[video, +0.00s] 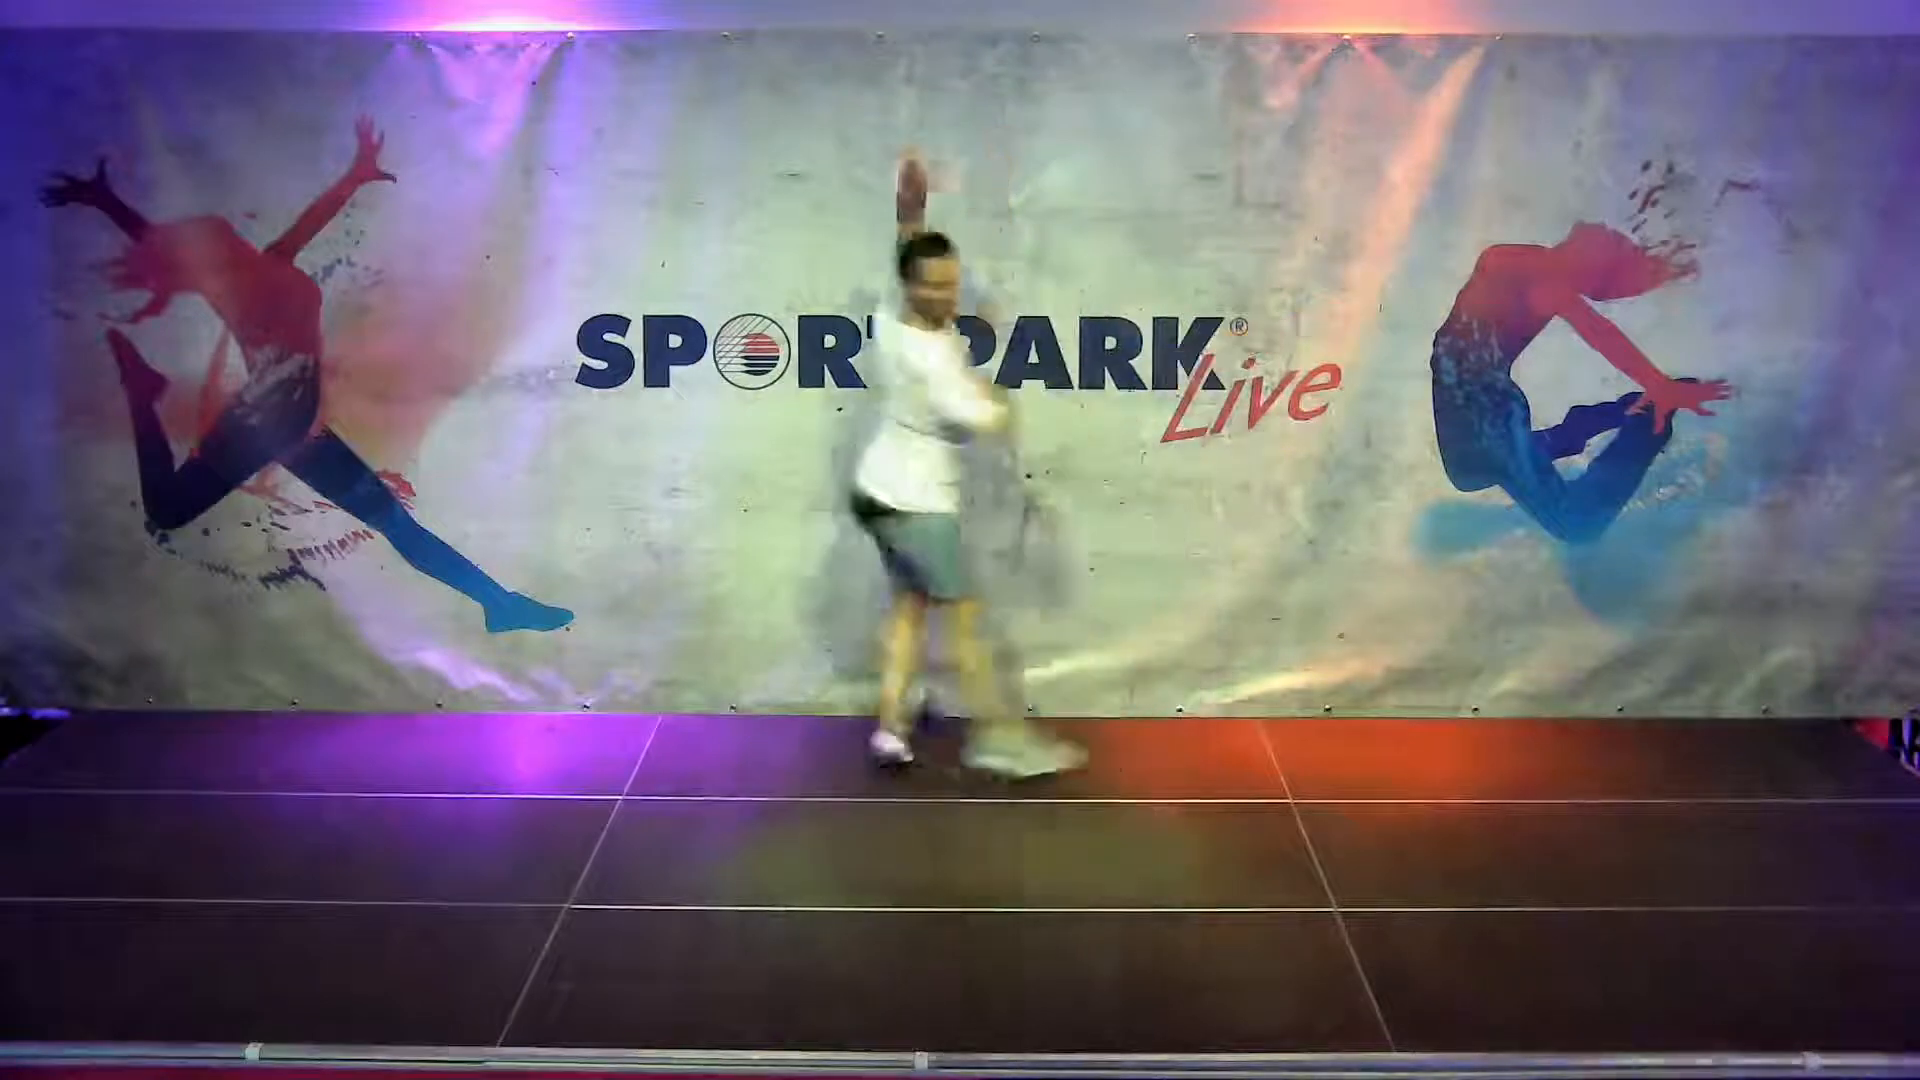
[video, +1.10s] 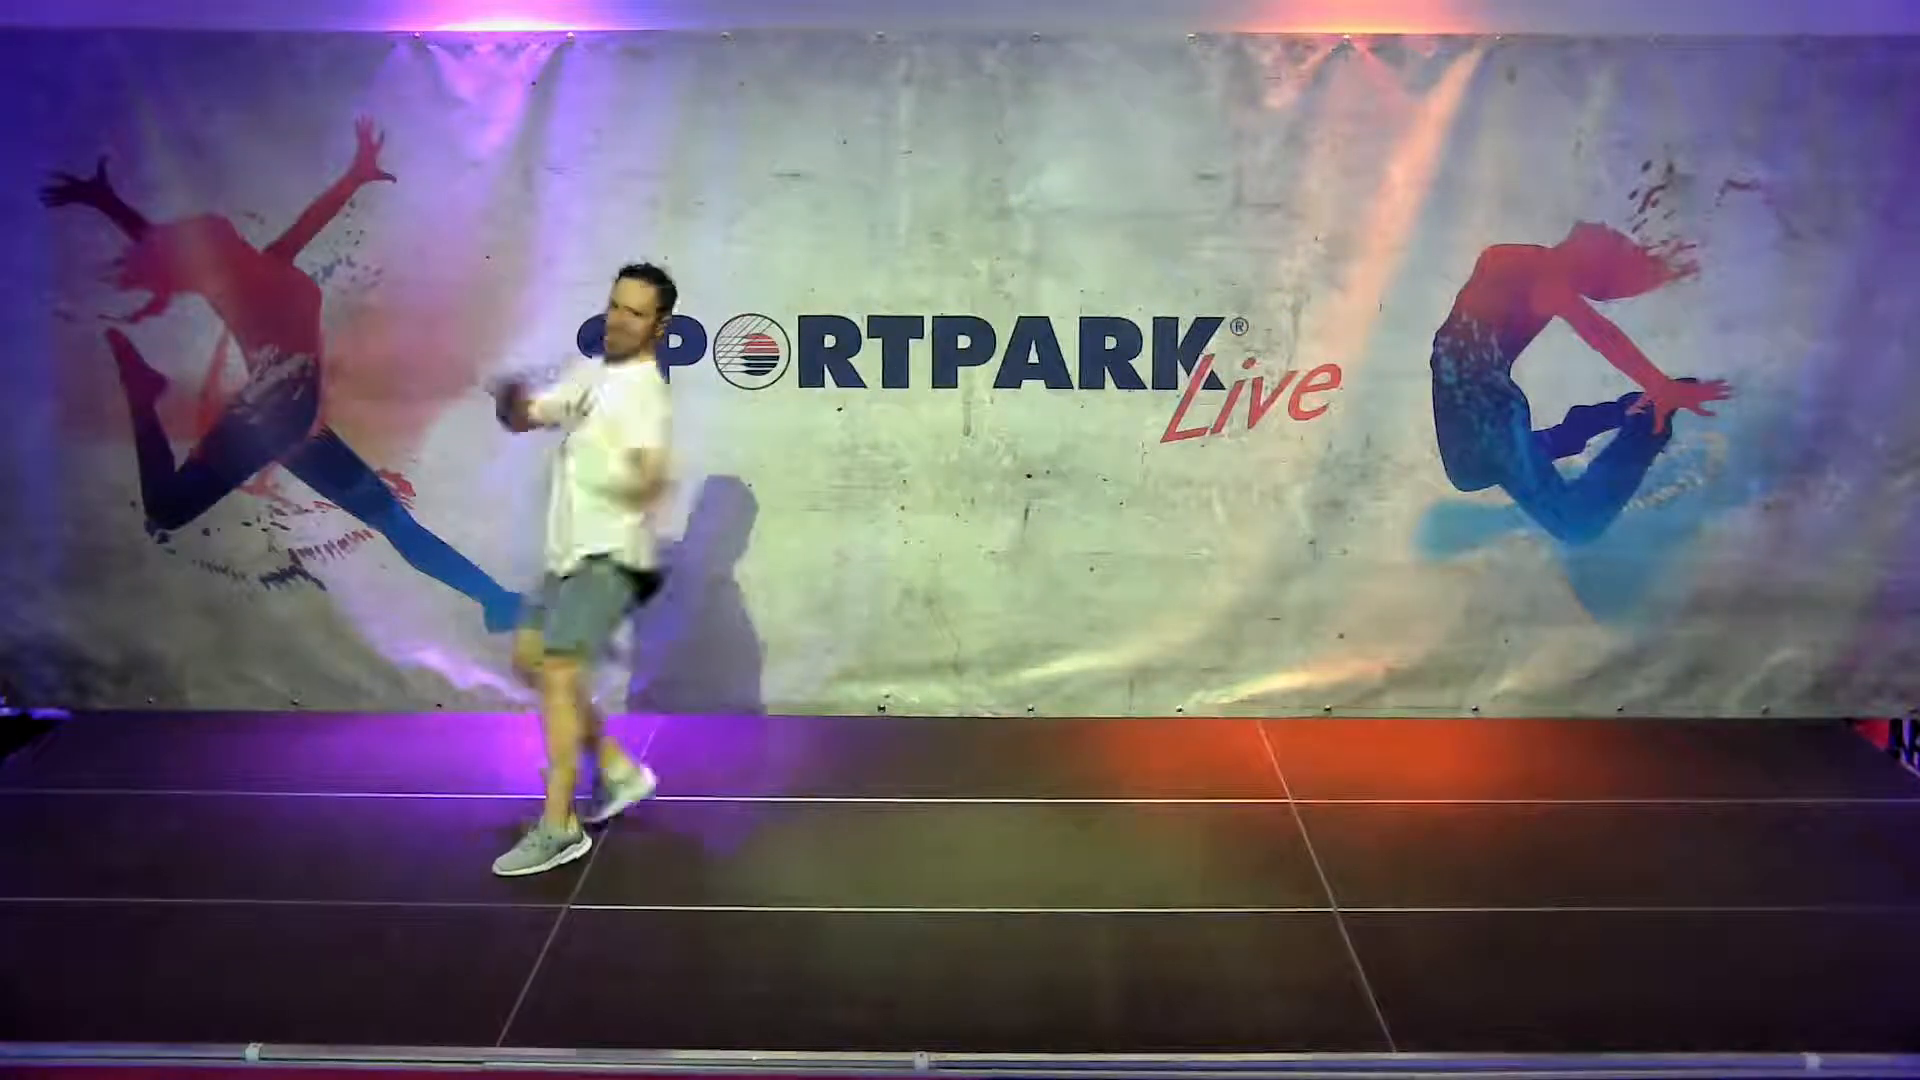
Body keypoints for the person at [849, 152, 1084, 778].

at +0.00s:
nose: (945, 295)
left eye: (950, 284)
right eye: (934, 286)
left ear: (955, 281)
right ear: (910, 286)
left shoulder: (898, 325)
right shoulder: (929, 354)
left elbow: (916, 266)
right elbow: (981, 415)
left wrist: (911, 212)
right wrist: (996, 403)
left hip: (885, 485)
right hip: (919, 494)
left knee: (910, 606)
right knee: (963, 606)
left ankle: (891, 729)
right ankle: (993, 732)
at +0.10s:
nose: (878, 279)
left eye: (886, 268)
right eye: (866, 269)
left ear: (900, 265)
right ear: (850, 269)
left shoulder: (906, 298)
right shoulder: (846, 334)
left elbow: (921, 213)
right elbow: (850, 413)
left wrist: (909, 144)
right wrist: (928, 415)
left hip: (899, 475)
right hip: (855, 482)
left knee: (896, 597)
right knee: (882, 604)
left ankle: (850, 701)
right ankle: (859, 737)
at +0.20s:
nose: (819, 294)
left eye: (827, 281)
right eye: (807, 284)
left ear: (846, 282)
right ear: (792, 288)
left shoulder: (869, 323)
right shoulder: (774, 355)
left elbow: (913, 243)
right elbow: (730, 419)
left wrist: (917, 157)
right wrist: (780, 419)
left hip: (866, 504)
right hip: (799, 510)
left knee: (859, 619)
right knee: (783, 626)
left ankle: (854, 712)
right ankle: (721, 738)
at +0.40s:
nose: (728, 318)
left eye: (739, 307)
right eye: (720, 307)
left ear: (764, 310)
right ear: (711, 309)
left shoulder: (796, 363)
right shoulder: (681, 376)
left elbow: (881, 342)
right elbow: (598, 404)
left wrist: (950, 319)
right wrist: (519, 426)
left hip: (775, 545)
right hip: (701, 539)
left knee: (787, 666)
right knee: (659, 646)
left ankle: (837, 701)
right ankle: (645, 753)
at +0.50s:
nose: (687, 316)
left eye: (700, 307)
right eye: (681, 305)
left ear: (724, 313)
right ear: (672, 308)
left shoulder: (750, 375)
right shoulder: (646, 372)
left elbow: (817, 413)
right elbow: (571, 408)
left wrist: (879, 438)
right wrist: (494, 437)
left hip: (730, 536)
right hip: (662, 533)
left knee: (714, 652)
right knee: (625, 645)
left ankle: (740, 741)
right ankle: (650, 752)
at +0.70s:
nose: (636, 337)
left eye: (651, 328)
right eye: (631, 325)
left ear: (678, 338)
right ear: (625, 329)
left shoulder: (675, 407)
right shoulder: (618, 392)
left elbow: (646, 495)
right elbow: (564, 425)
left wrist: (571, 493)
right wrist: (526, 446)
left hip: (659, 565)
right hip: (607, 558)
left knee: (600, 667)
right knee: (572, 654)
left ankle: (562, 818)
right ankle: (652, 754)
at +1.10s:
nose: (618, 320)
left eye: (633, 313)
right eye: (615, 308)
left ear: (659, 326)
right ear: (607, 309)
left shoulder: (645, 386)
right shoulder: (591, 376)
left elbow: (650, 481)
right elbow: (527, 417)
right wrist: (514, 401)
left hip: (609, 553)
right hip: (571, 549)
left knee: (561, 672)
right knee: (531, 656)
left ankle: (558, 825)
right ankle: (620, 771)